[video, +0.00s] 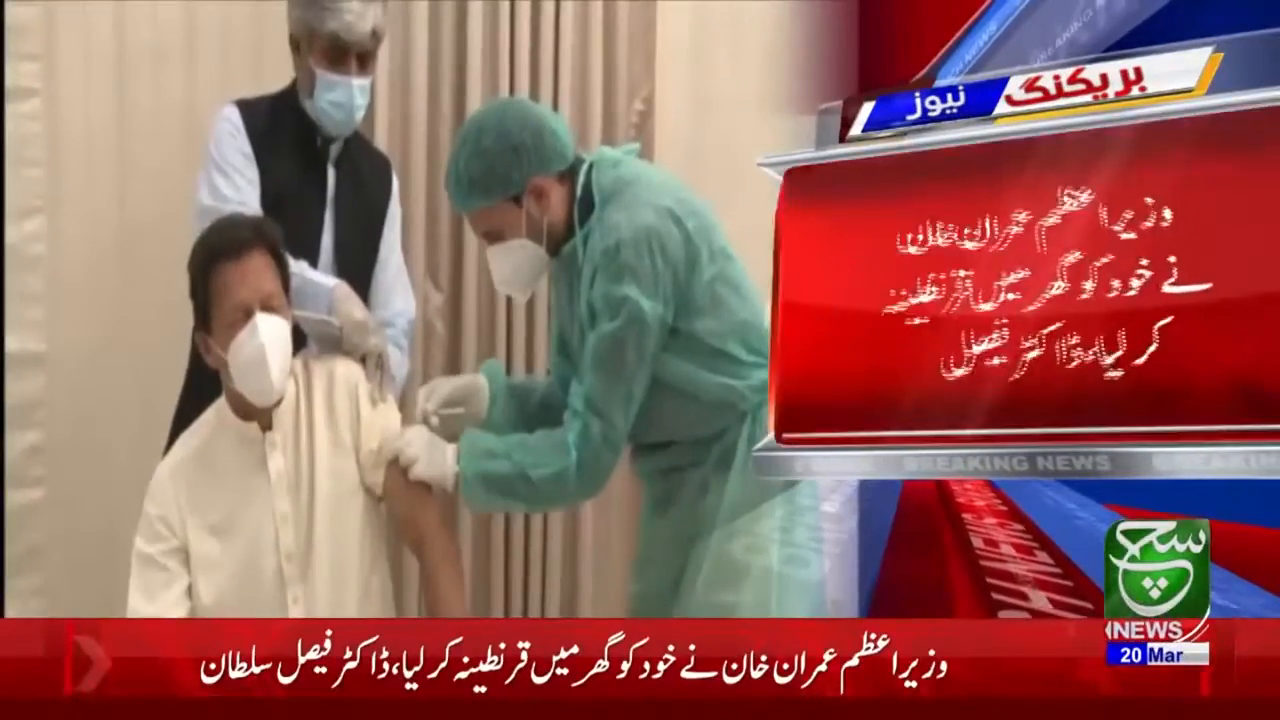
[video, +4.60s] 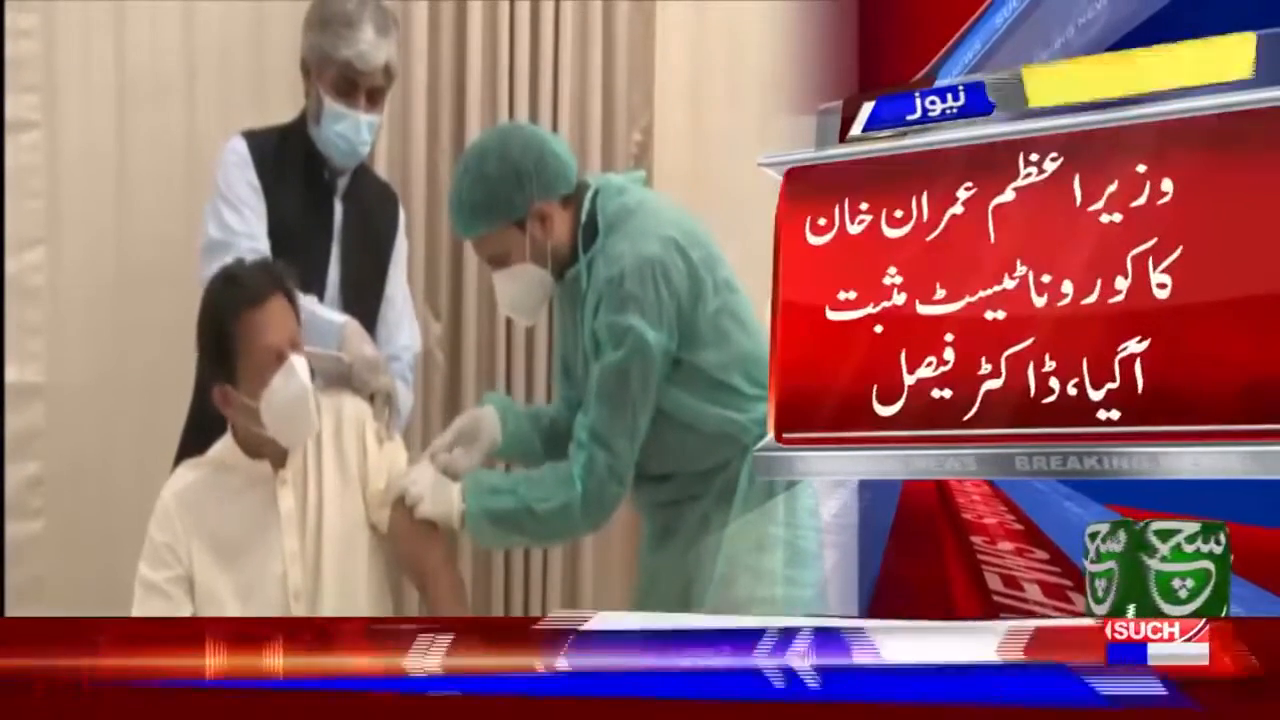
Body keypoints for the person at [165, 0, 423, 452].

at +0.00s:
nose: (351, 78)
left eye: (364, 61)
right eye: (334, 58)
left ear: (376, 60)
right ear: (298, 51)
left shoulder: (377, 171)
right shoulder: (242, 127)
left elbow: (393, 303)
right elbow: (230, 249)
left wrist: (375, 385)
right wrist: (333, 299)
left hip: (333, 398)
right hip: (238, 383)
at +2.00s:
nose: (351, 83)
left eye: (366, 68)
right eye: (336, 62)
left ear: (381, 69)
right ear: (302, 53)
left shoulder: (380, 180)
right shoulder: (244, 137)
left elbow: (395, 314)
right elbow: (233, 261)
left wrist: (378, 404)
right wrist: (334, 306)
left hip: (335, 407)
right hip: (240, 392)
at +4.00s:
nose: (356, 111)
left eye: (372, 95)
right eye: (342, 88)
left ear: (386, 93)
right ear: (306, 75)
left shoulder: (383, 204)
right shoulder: (248, 158)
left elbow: (398, 340)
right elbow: (237, 283)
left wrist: (381, 423)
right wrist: (342, 332)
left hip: (341, 430)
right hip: (246, 414)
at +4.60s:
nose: (359, 113)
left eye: (375, 96)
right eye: (344, 90)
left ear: (388, 94)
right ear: (309, 76)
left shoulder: (383, 204)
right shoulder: (250, 158)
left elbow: (398, 340)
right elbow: (236, 283)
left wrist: (381, 429)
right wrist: (342, 333)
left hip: (341, 431)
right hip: (245, 416)